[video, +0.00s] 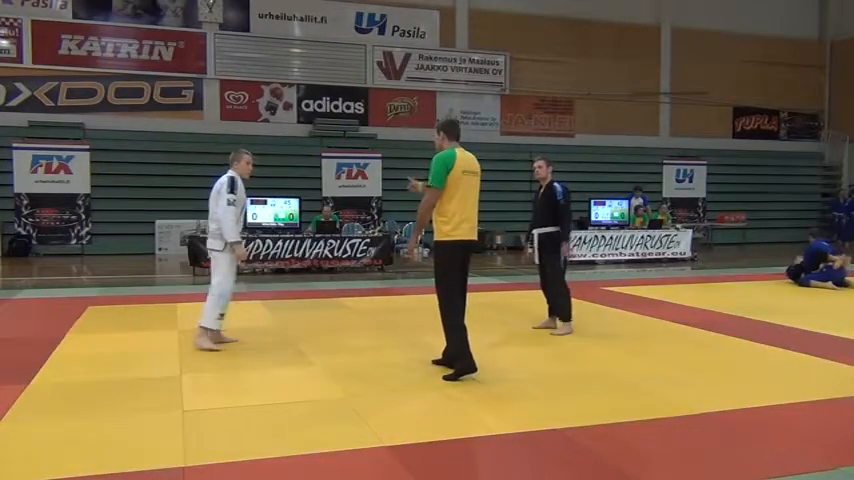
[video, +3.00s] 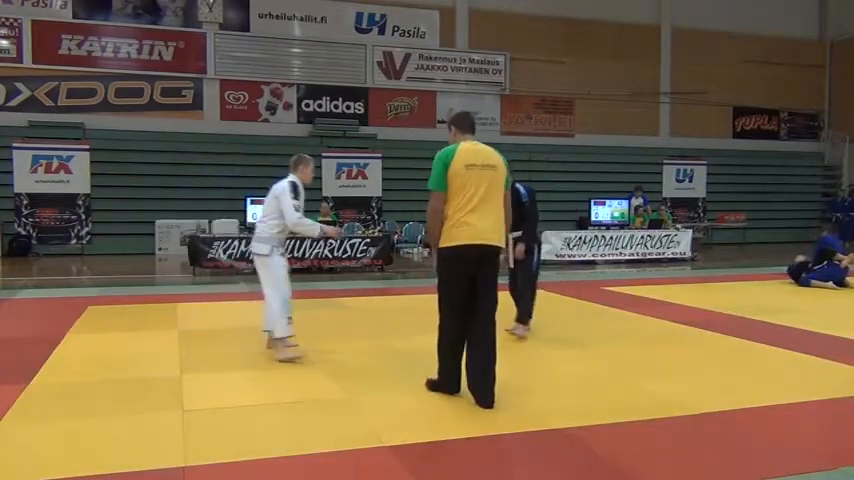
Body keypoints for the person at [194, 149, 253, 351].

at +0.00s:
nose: (251, 168)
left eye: (251, 164)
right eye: (248, 163)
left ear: (238, 164)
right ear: (236, 164)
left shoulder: (233, 182)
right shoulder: (231, 181)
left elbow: (229, 215)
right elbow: (228, 215)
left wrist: (236, 242)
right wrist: (236, 243)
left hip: (225, 243)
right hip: (221, 243)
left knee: (225, 285)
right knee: (221, 285)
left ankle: (215, 330)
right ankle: (203, 332)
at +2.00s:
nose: (235, 163)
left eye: (234, 159)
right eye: (232, 159)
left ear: (220, 160)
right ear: (221, 160)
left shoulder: (219, 182)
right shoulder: (212, 181)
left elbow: (217, 217)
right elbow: (206, 216)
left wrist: (225, 244)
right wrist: (217, 244)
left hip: (220, 245)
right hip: (210, 246)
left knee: (223, 288)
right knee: (210, 289)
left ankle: (217, 331)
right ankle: (199, 338)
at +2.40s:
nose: (249, 168)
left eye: (249, 163)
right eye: (247, 163)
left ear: (235, 164)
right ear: (235, 164)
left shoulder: (233, 185)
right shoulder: (224, 184)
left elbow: (230, 221)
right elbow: (224, 221)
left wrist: (248, 236)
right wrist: (249, 236)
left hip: (232, 247)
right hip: (217, 248)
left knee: (247, 284)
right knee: (213, 292)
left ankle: (248, 330)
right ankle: (199, 338)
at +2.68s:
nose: (281, 175)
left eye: (281, 171)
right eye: (279, 171)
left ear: (267, 171)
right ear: (268, 171)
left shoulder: (263, 191)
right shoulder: (258, 189)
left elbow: (252, 224)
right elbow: (252, 224)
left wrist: (267, 237)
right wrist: (277, 232)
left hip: (254, 253)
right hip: (238, 253)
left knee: (267, 290)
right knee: (230, 295)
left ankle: (273, 335)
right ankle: (202, 336)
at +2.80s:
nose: (295, 175)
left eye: (295, 171)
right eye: (293, 170)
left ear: (281, 169)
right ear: (282, 169)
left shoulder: (273, 187)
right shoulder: (273, 186)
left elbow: (266, 222)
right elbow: (269, 220)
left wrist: (288, 231)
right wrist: (291, 229)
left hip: (261, 248)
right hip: (250, 249)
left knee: (272, 289)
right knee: (254, 292)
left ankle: (273, 335)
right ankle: (220, 324)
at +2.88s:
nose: (302, 173)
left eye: (302, 169)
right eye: (301, 168)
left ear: (289, 167)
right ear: (292, 167)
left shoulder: (285, 186)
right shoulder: (278, 183)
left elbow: (281, 219)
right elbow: (279, 217)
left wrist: (304, 229)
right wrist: (304, 228)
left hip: (267, 246)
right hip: (255, 245)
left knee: (273, 289)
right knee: (265, 290)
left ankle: (273, 335)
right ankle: (242, 329)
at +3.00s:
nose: (313, 174)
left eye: (313, 169)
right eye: (311, 169)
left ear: (298, 168)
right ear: (302, 168)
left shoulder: (292, 187)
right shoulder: (287, 187)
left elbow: (294, 221)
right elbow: (293, 221)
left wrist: (322, 229)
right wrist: (323, 229)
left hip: (271, 248)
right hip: (267, 248)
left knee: (278, 291)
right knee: (280, 292)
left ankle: (274, 336)